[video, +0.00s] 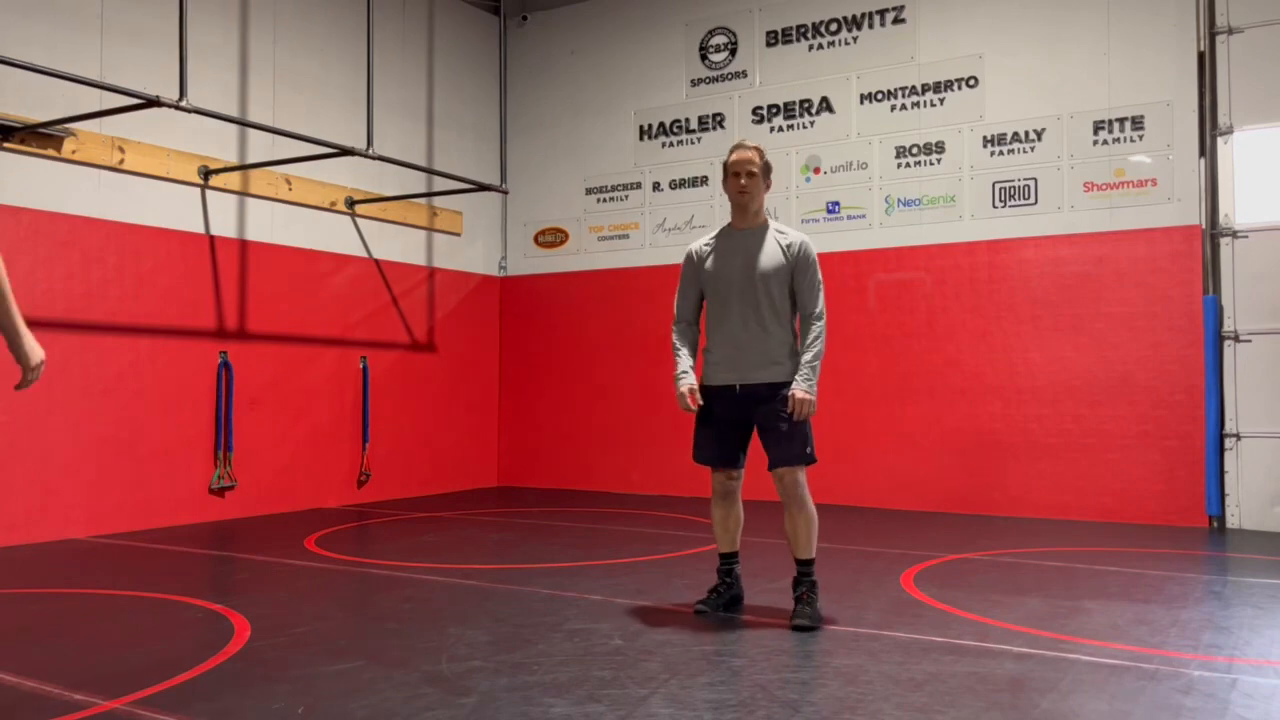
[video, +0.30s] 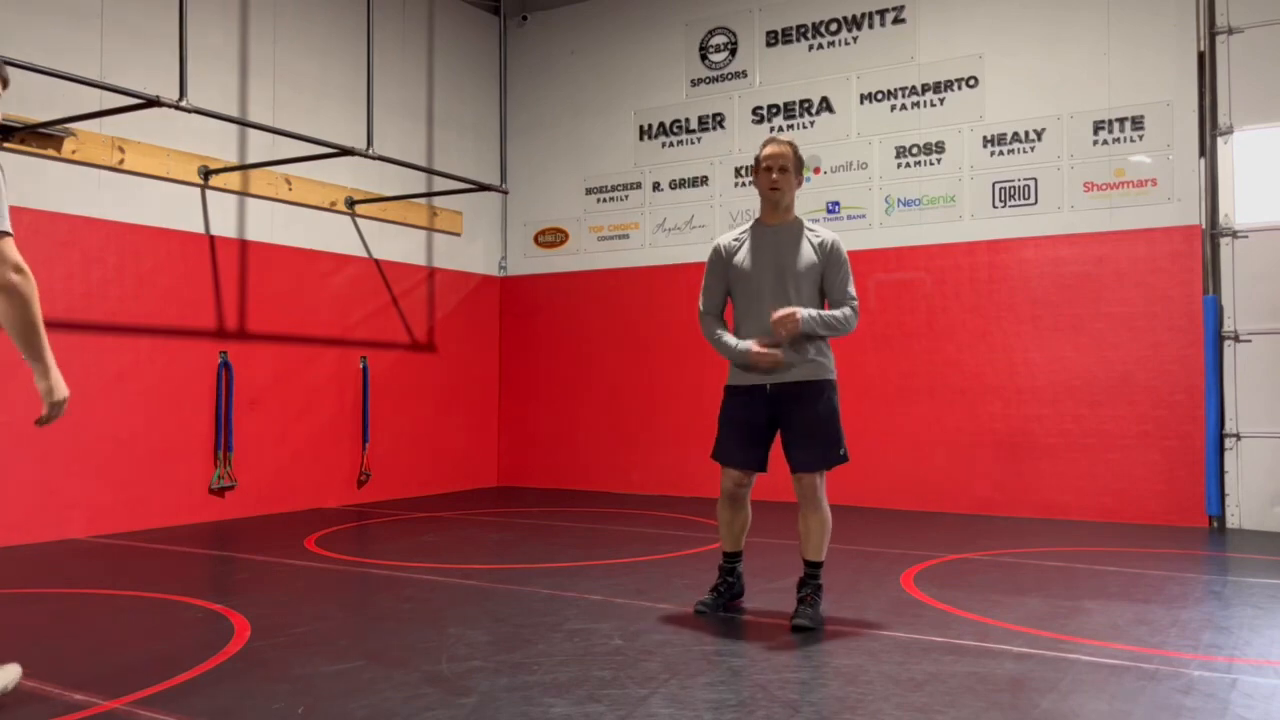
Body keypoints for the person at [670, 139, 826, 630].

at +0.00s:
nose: (742, 181)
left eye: (750, 174)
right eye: (734, 174)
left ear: (767, 183)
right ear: (723, 183)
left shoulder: (794, 247)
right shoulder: (701, 253)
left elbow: (815, 320)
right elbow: (683, 324)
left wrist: (806, 380)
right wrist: (684, 372)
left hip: (778, 389)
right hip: (721, 391)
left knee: (791, 485)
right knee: (724, 486)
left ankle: (806, 590)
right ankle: (728, 584)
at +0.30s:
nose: (773, 176)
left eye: (783, 169)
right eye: (765, 168)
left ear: (799, 179)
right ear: (754, 178)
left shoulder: (825, 245)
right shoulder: (728, 248)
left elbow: (847, 316)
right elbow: (709, 320)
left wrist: (805, 318)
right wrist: (741, 351)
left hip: (808, 385)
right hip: (747, 387)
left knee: (810, 489)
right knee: (733, 485)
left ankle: (810, 593)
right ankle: (729, 580)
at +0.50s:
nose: (785, 176)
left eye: (795, 168)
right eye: (778, 168)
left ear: (813, 176)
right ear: (767, 177)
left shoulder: (839, 240)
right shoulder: (743, 245)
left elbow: (850, 309)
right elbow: (725, 315)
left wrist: (804, 268)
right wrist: (784, 287)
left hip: (819, 383)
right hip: (758, 381)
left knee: (818, 491)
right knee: (729, 486)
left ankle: (812, 592)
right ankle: (735, 565)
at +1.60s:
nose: (721, 174)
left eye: (729, 163)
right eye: (718, 165)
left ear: (762, 161)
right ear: (731, 168)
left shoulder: (807, 227)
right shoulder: (708, 240)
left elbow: (806, 293)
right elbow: (683, 315)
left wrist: (755, 256)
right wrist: (717, 311)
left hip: (784, 382)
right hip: (724, 384)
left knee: (795, 499)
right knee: (731, 495)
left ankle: (813, 570)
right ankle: (740, 613)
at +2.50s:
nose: (793, 161)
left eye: (804, 151)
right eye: (786, 152)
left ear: (829, 157)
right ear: (780, 160)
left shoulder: (858, 229)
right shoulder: (759, 235)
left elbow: (880, 308)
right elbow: (732, 306)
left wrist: (825, 274)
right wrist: (754, 303)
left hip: (834, 379)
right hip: (771, 381)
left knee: (839, 494)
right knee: (755, 491)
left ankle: (843, 611)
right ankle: (744, 613)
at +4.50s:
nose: (779, 188)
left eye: (786, 179)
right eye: (777, 179)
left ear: (818, 177)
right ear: (787, 182)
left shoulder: (857, 239)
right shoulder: (775, 249)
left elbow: (876, 311)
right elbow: (758, 323)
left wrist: (807, 295)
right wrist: (772, 300)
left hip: (841, 380)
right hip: (789, 382)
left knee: (847, 486)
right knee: (802, 486)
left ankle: (869, 597)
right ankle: (815, 588)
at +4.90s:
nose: (794, 183)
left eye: (801, 174)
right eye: (792, 174)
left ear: (834, 171)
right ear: (817, 174)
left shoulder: (872, 235)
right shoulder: (796, 240)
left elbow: (896, 310)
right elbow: (788, 306)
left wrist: (830, 301)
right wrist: (770, 303)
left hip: (853, 381)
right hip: (802, 382)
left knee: (857, 489)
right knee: (806, 486)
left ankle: (870, 601)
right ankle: (816, 589)